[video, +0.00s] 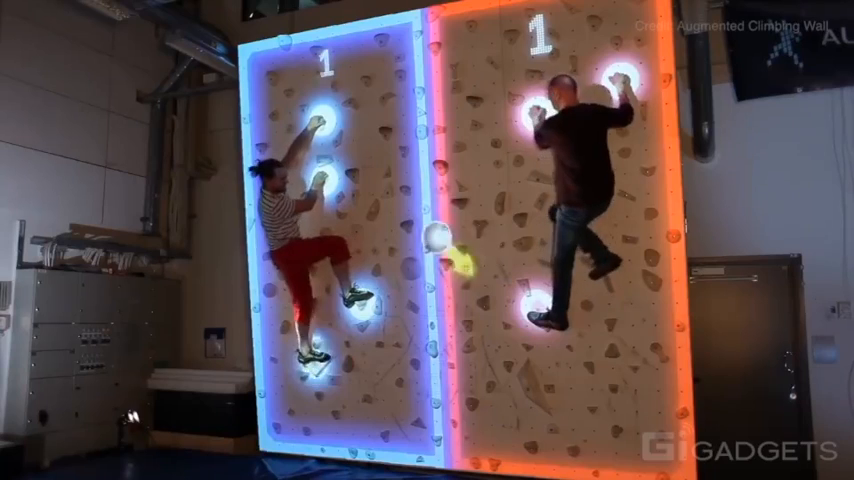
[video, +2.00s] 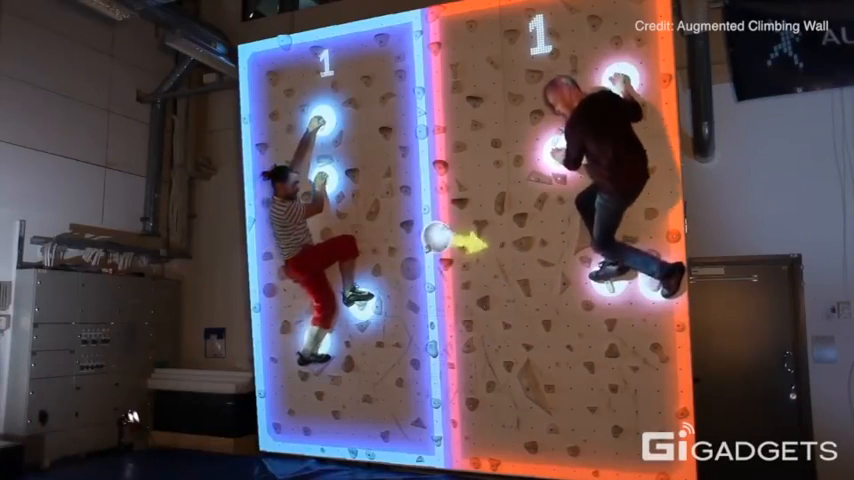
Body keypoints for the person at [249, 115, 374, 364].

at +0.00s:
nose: (285, 181)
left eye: (285, 177)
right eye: (281, 179)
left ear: (273, 179)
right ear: (269, 181)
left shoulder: (269, 191)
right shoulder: (277, 203)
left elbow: (291, 156)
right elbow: (308, 205)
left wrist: (309, 130)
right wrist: (318, 187)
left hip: (283, 254)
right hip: (292, 250)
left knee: (304, 301)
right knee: (336, 245)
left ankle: (305, 351)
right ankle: (349, 293)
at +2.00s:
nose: (296, 185)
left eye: (295, 181)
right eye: (291, 183)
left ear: (282, 185)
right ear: (279, 186)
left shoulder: (278, 202)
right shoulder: (286, 208)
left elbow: (298, 163)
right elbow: (318, 207)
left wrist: (311, 132)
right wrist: (321, 187)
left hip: (295, 264)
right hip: (304, 260)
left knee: (326, 305)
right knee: (346, 244)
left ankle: (309, 353)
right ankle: (349, 291)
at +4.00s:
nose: (280, 182)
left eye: (279, 178)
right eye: (277, 179)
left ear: (263, 184)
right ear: (266, 184)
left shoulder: (259, 198)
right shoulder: (274, 204)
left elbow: (281, 173)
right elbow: (310, 208)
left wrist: (301, 171)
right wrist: (318, 184)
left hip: (285, 259)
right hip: (295, 253)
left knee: (314, 301)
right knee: (339, 243)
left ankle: (306, 350)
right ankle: (348, 293)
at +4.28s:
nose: (288, 177)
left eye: (285, 174)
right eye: (283, 176)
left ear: (272, 182)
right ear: (272, 183)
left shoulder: (273, 193)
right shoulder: (279, 204)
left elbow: (307, 168)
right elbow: (311, 208)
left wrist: (338, 168)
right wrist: (319, 184)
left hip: (285, 253)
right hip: (292, 251)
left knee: (308, 299)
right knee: (338, 244)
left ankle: (306, 351)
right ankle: (348, 293)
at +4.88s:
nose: (306, 164)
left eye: (304, 162)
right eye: (302, 164)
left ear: (290, 171)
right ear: (294, 171)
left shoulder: (290, 183)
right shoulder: (293, 193)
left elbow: (318, 152)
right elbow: (322, 209)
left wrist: (342, 127)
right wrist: (321, 185)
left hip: (290, 246)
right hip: (300, 243)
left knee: (303, 296)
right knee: (345, 242)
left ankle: (305, 350)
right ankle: (348, 292)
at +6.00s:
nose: (289, 176)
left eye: (288, 172)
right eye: (285, 174)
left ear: (278, 173)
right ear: (274, 176)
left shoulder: (273, 186)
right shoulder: (282, 198)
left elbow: (294, 151)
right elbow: (315, 207)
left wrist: (312, 128)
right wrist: (320, 187)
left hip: (286, 248)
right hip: (295, 246)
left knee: (298, 298)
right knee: (339, 243)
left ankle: (304, 350)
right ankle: (349, 293)